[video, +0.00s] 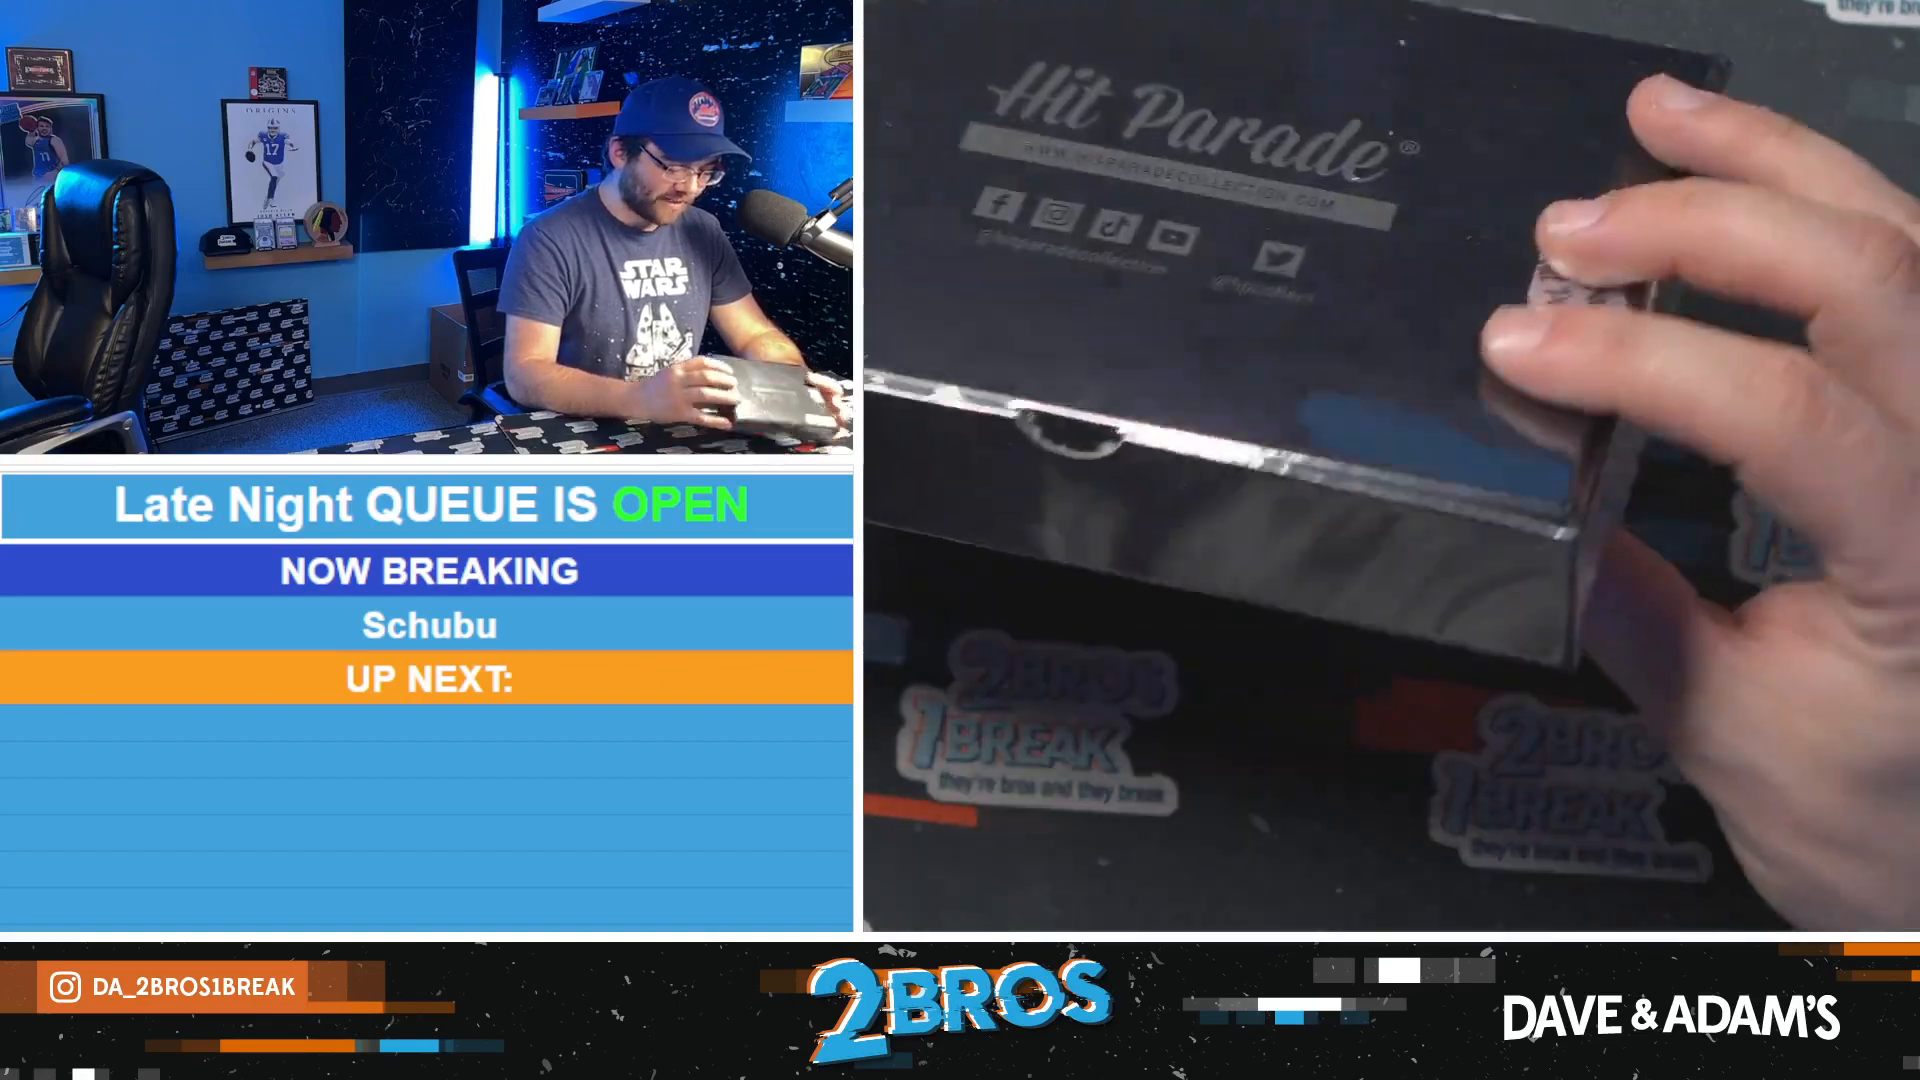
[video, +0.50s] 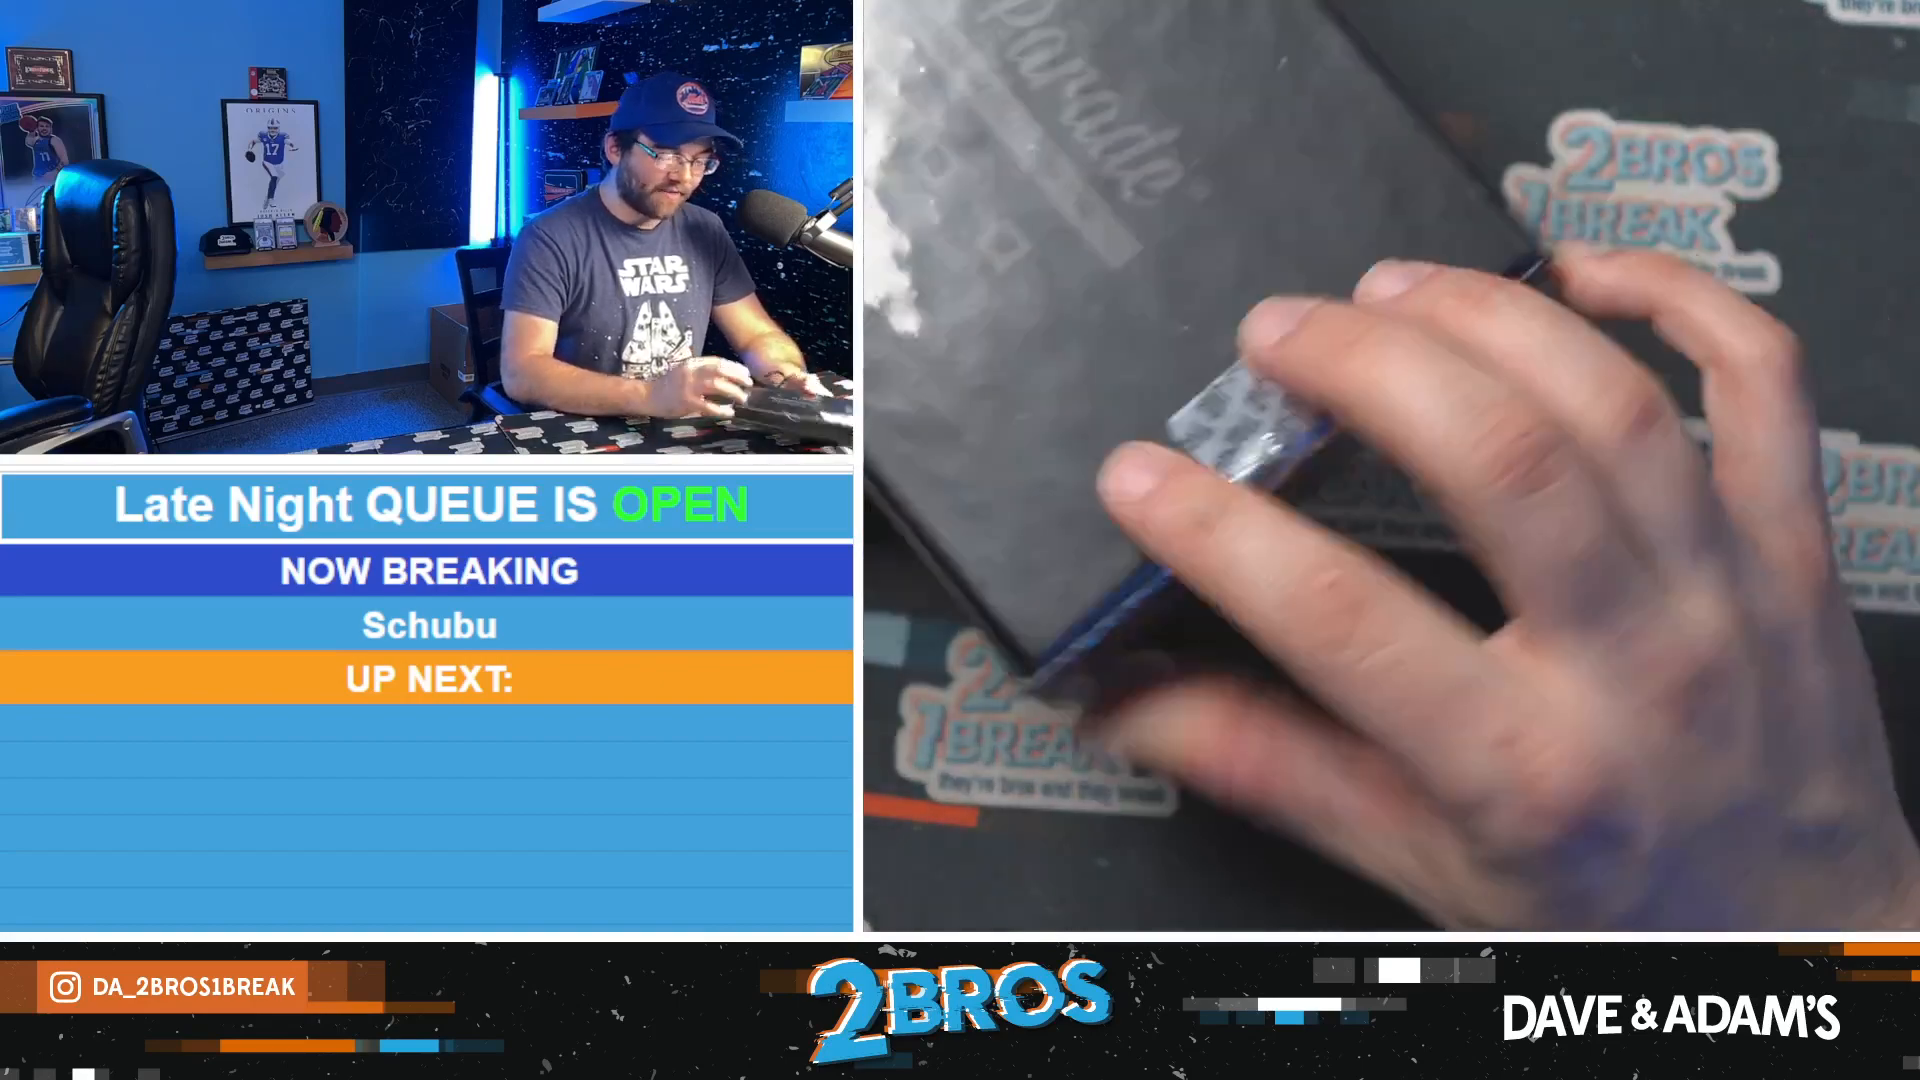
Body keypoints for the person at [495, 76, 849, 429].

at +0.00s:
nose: (689, 185)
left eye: (704, 169)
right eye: (673, 165)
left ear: (715, 169)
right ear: (620, 152)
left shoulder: (701, 232)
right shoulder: (552, 239)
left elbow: (755, 333)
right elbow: (527, 375)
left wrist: (797, 380)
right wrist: (641, 398)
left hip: (686, 457)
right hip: (581, 462)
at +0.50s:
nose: (684, 174)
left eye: (698, 158)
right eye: (666, 152)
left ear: (709, 162)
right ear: (615, 148)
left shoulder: (704, 231)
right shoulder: (550, 237)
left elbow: (758, 335)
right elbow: (523, 372)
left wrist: (781, 371)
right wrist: (649, 394)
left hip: (686, 455)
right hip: (580, 459)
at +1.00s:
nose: (616, 150)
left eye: (640, 135)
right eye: (605, 132)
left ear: (682, 150)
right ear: (592, 140)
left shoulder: (705, 232)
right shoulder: (546, 232)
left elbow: (761, 334)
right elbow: (510, 350)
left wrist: (791, 369)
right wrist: (529, 425)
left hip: (680, 453)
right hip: (575, 456)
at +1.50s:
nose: (606, 152)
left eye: (632, 138)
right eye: (601, 135)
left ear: (682, 154)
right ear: (592, 139)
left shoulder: (710, 233)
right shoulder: (553, 233)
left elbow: (776, 341)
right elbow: (522, 353)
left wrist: (758, 374)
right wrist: (536, 456)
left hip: (680, 450)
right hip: (582, 453)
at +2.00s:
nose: (645, 170)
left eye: (670, 155)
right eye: (631, 149)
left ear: (701, 161)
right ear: (610, 148)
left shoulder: (709, 236)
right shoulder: (550, 238)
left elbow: (772, 341)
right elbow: (499, 348)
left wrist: (760, 376)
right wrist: (496, 408)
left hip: (677, 455)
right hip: (568, 457)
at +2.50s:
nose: (665, 176)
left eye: (687, 161)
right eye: (650, 153)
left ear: (703, 167)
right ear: (614, 145)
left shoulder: (708, 235)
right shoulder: (550, 235)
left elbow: (771, 341)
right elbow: (501, 351)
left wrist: (759, 376)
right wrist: (548, 386)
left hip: (678, 457)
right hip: (575, 463)